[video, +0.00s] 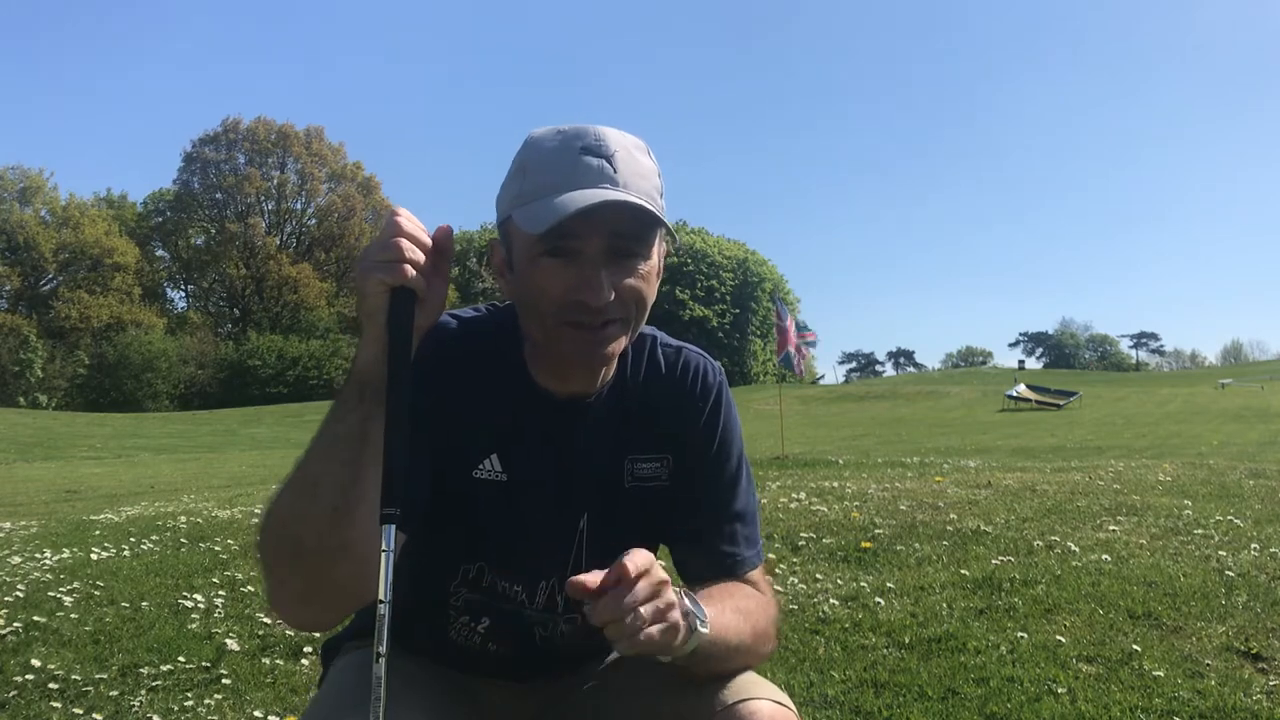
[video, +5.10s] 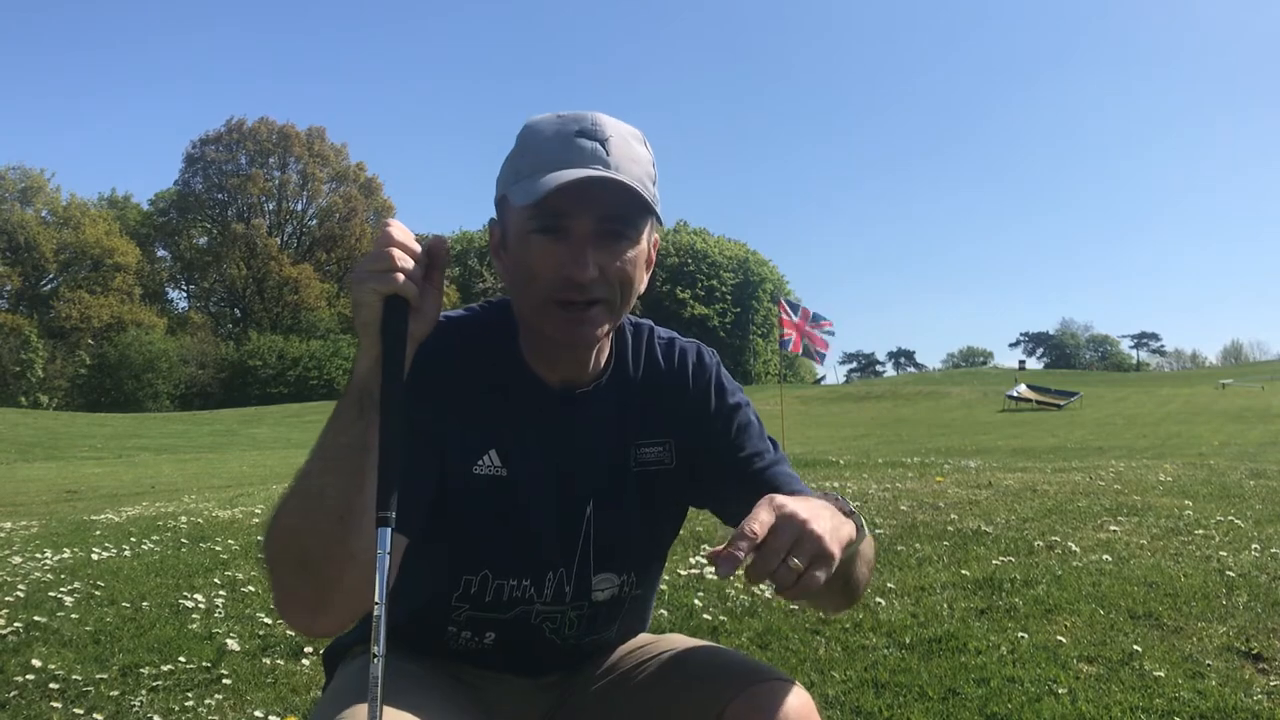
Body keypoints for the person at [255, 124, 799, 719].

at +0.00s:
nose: (597, 291)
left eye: (626, 252)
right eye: (560, 252)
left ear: (660, 263)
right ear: (501, 263)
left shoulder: (688, 388)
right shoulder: (430, 362)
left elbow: (752, 612)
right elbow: (302, 601)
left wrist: (685, 621)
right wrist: (377, 357)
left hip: (607, 666)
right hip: (430, 666)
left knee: (762, 712)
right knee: (348, 708)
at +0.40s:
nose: (604, 292)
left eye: (632, 255)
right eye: (568, 255)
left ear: (665, 262)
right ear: (507, 263)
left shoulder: (692, 388)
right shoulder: (436, 362)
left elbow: (759, 621)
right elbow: (298, 600)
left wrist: (594, 613)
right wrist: (377, 356)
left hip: (606, 666)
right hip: (430, 665)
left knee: (770, 711)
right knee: (351, 702)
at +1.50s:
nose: (607, 292)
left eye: (636, 254)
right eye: (570, 253)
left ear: (666, 268)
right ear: (509, 263)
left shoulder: (693, 388)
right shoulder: (441, 367)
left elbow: (763, 613)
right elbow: (316, 602)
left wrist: (676, 618)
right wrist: (388, 365)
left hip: (609, 668)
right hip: (435, 668)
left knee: (776, 709)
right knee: (351, 710)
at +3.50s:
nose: (596, 289)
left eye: (626, 254)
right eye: (564, 253)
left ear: (663, 275)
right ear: (510, 263)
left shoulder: (689, 390)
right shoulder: (437, 369)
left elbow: (765, 607)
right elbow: (303, 606)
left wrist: (668, 647)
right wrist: (377, 367)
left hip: (612, 670)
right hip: (432, 669)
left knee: (778, 711)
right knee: (346, 715)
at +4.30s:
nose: (610, 316)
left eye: (638, 281)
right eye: (578, 279)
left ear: (668, 278)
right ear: (514, 269)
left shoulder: (692, 392)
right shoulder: (435, 370)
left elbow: (752, 587)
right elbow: (312, 607)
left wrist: (748, 624)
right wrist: (379, 368)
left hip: (606, 672)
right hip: (433, 673)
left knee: (780, 711)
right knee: (352, 715)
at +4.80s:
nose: (600, 295)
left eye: (628, 259)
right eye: (569, 257)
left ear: (659, 261)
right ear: (505, 254)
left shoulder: (683, 379)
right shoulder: (433, 364)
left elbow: (789, 617)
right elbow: (314, 608)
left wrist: (808, 558)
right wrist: (379, 369)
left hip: (606, 665)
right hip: (434, 672)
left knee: (782, 708)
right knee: (371, 712)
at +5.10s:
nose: (584, 268)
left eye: (614, 234)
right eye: (552, 231)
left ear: (650, 253)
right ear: (500, 244)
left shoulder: (682, 376)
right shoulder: (432, 362)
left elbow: (839, 584)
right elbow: (309, 607)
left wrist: (832, 532)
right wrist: (376, 364)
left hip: (605, 665)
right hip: (431, 672)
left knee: (780, 707)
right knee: (368, 713)